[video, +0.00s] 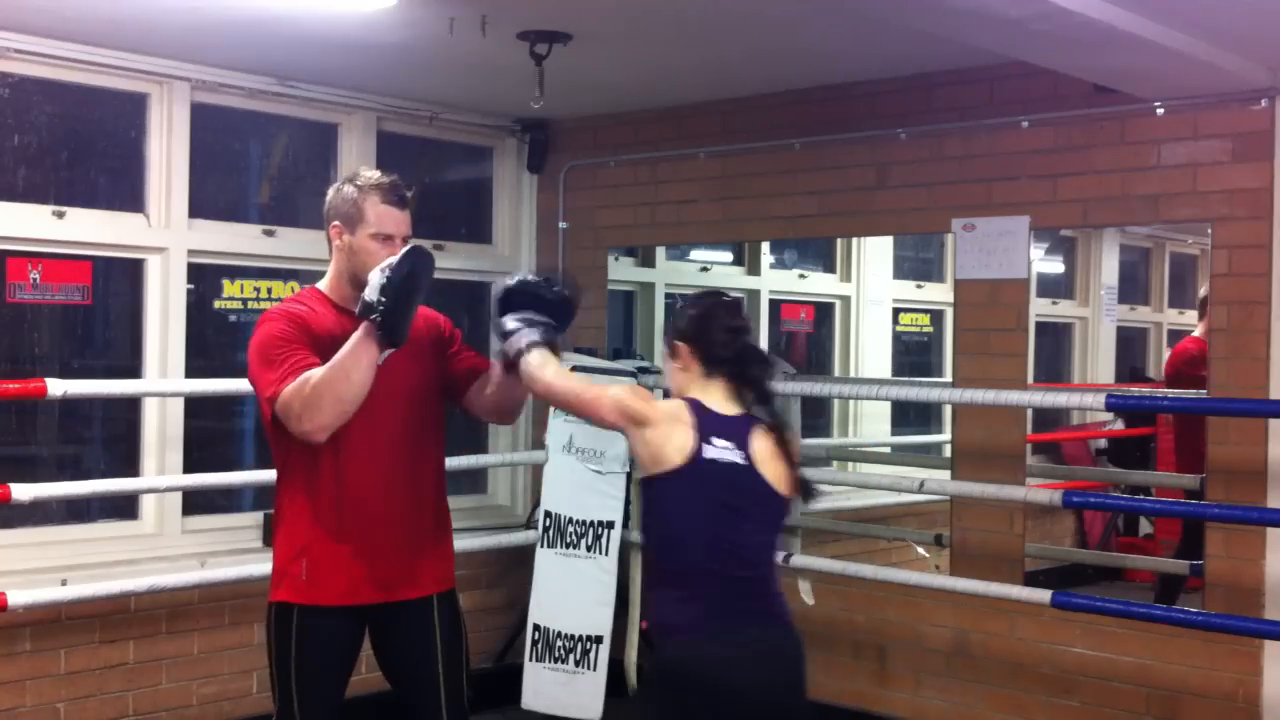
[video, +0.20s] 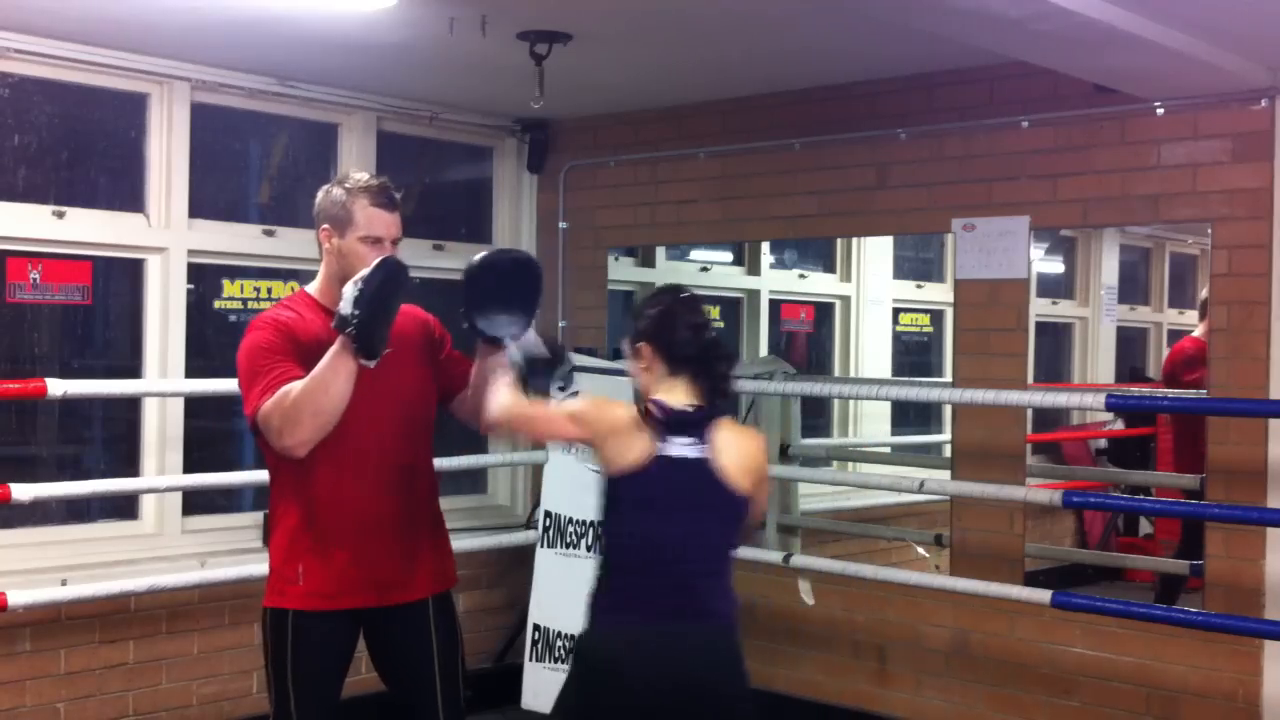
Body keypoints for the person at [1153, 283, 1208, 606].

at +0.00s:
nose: (1224, 319)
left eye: (1222, 313)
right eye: (1221, 313)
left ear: (1203, 311)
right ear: (1209, 312)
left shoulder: (1192, 351)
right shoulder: (1191, 353)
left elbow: (1185, 414)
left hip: (1199, 464)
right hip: (1196, 466)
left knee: (1196, 536)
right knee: (1192, 537)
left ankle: (1164, 604)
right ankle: (1162, 607)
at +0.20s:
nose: (1226, 320)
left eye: (1224, 313)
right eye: (1223, 313)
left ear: (1204, 312)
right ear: (1211, 313)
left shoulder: (1201, 350)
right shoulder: (1189, 351)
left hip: (1203, 465)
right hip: (1193, 466)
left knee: (1197, 538)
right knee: (1191, 539)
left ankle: (1164, 604)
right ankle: (1162, 608)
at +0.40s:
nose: (1223, 320)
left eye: (1221, 313)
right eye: (1219, 313)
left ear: (1202, 311)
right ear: (1205, 312)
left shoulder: (1208, 352)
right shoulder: (1177, 353)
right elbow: (1208, 377)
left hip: (1210, 466)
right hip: (1188, 468)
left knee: (1200, 539)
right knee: (1190, 540)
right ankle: (1163, 609)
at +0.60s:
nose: (1215, 320)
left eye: (1215, 313)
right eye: (1211, 313)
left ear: (1197, 314)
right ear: (1194, 313)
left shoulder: (1207, 353)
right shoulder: (1168, 353)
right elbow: (1190, 382)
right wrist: (1225, 371)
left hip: (1210, 460)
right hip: (1185, 462)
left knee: (1202, 536)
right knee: (1191, 537)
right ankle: (1165, 605)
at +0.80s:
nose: (1221, 316)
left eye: (1219, 309)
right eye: (1215, 310)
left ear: (1199, 312)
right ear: (1199, 312)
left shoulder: (1209, 352)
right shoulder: (1180, 354)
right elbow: (1166, 412)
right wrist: (1209, 420)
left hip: (1205, 466)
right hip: (1187, 468)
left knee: (1198, 541)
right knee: (1190, 542)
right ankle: (1163, 610)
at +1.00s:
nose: (1226, 319)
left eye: (1225, 312)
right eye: (1222, 312)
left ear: (1204, 313)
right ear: (1207, 314)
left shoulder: (1209, 353)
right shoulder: (1189, 353)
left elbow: (1174, 412)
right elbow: (1167, 412)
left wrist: (1209, 449)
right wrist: (1207, 452)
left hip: (1200, 469)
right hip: (1187, 470)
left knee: (1197, 543)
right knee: (1191, 544)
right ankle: (1164, 610)